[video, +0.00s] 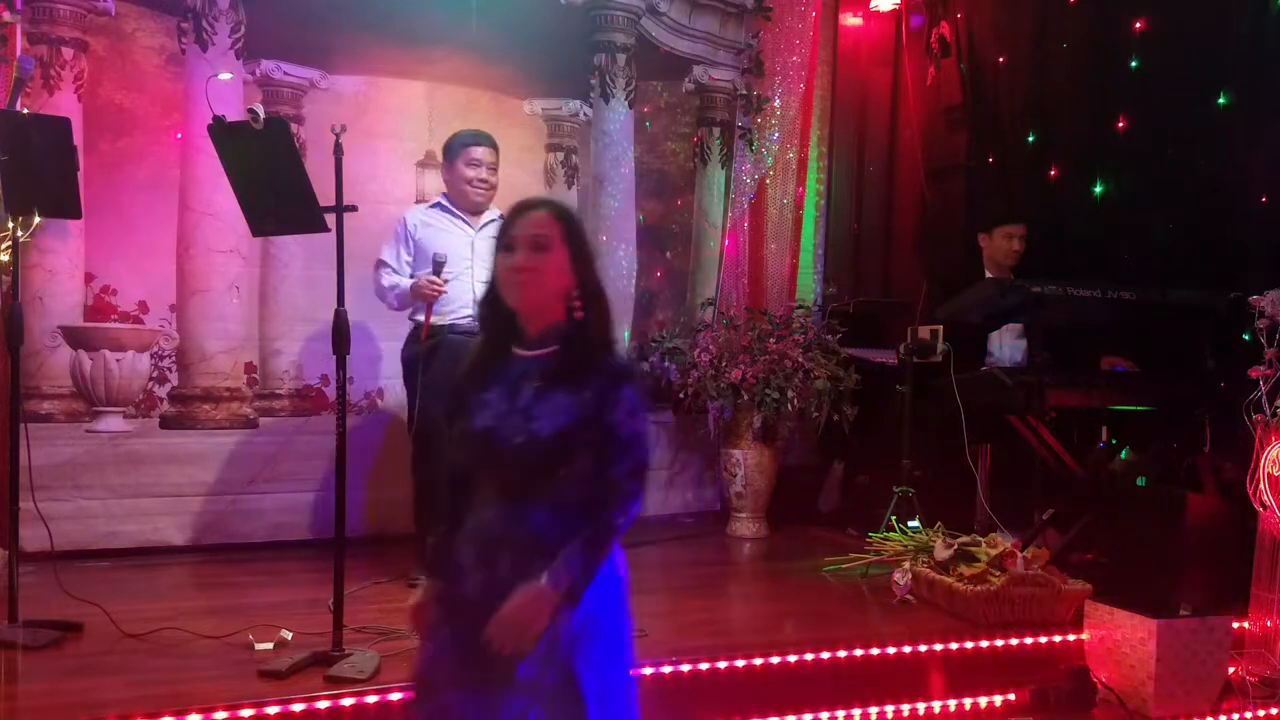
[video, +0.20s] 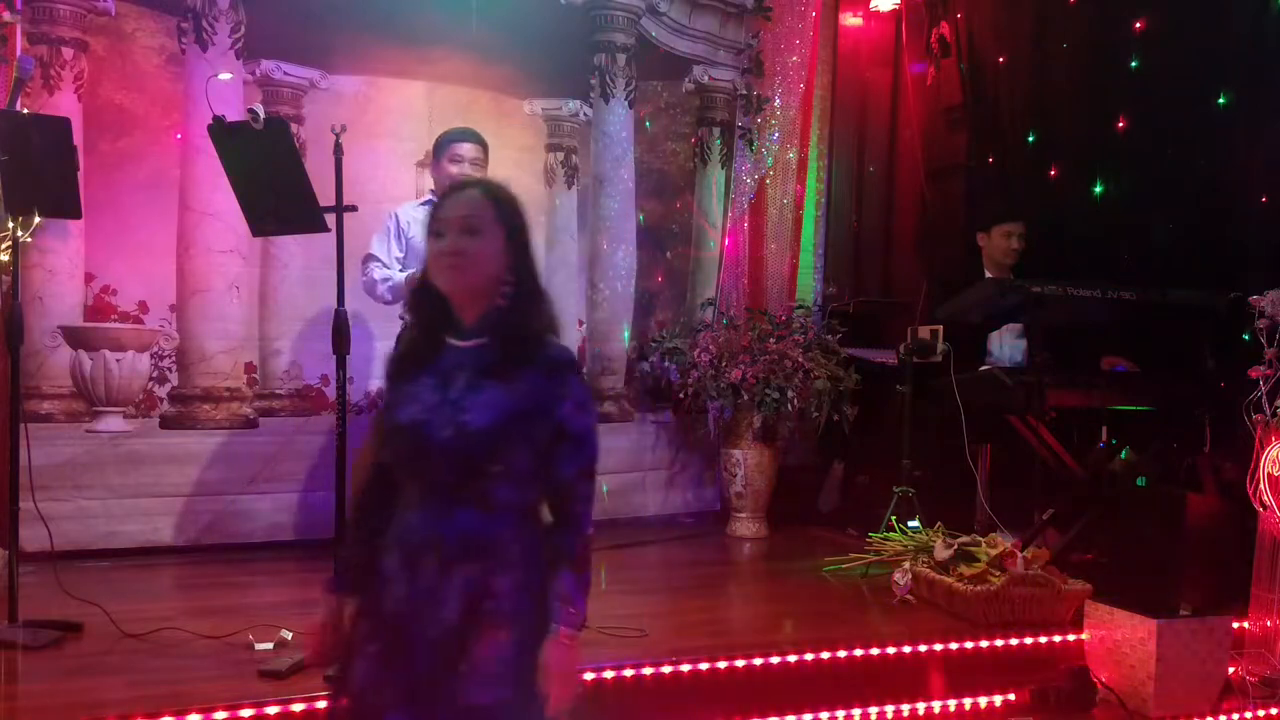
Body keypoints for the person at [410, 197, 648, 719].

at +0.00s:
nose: (520, 260)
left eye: (539, 245)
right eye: (508, 247)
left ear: (575, 269)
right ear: (494, 267)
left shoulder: (605, 376)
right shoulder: (475, 372)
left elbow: (621, 498)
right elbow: (455, 486)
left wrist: (551, 587)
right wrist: (435, 576)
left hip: (571, 582)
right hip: (472, 580)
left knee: (573, 709)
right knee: (455, 708)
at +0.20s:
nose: (450, 245)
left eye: (471, 230)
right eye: (439, 232)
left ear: (510, 252)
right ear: (425, 252)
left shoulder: (549, 370)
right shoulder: (413, 361)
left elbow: (573, 508)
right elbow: (380, 481)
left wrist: (566, 626)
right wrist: (346, 589)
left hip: (499, 592)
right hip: (403, 586)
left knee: (482, 705)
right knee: (389, 705)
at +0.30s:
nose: (418, 234)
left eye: (439, 218)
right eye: (406, 221)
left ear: (484, 241)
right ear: (393, 242)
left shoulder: (525, 363)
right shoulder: (378, 355)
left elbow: (560, 504)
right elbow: (336, 480)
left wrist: (562, 627)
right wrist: (287, 593)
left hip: (472, 592)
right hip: (374, 591)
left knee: (455, 709)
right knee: (354, 709)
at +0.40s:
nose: (384, 229)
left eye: (408, 213)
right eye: (373, 216)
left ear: (453, 236)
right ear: (361, 235)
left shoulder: (498, 366)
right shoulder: (342, 352)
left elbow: (538, 512)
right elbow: (294, 479)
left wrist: (541, 635)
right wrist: (232, 586)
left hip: (443, 606)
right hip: (344, 602)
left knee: (423, 712)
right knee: (327, 711)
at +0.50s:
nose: (349, 237)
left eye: (373, 219)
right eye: (336, 222)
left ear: (419, 239)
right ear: (322, 241)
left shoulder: (470, 365)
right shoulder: (306, 358)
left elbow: (505, 528)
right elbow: (246, 490)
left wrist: (505, 665)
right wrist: (183, 592)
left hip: (412, 627)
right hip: (310, 624)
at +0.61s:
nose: (319, 234)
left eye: (347, 216)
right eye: (302, 215)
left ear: (387, 242)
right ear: (279, 239)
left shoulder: (426, 375)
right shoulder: (257, 366)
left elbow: (465, 536)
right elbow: (204, 501)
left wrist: (468, 679)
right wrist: (141, 615)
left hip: (372, 633)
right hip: (260, 629)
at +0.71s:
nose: (273, 218)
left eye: (304, 200)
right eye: (253, 197)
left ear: (346, 228)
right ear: (229, 219)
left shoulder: (383, 380)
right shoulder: (202, 365)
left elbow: (422, 548)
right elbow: (159, 511)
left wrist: (419, 690)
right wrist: (98, 643)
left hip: (330, 652)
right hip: (206, 650)